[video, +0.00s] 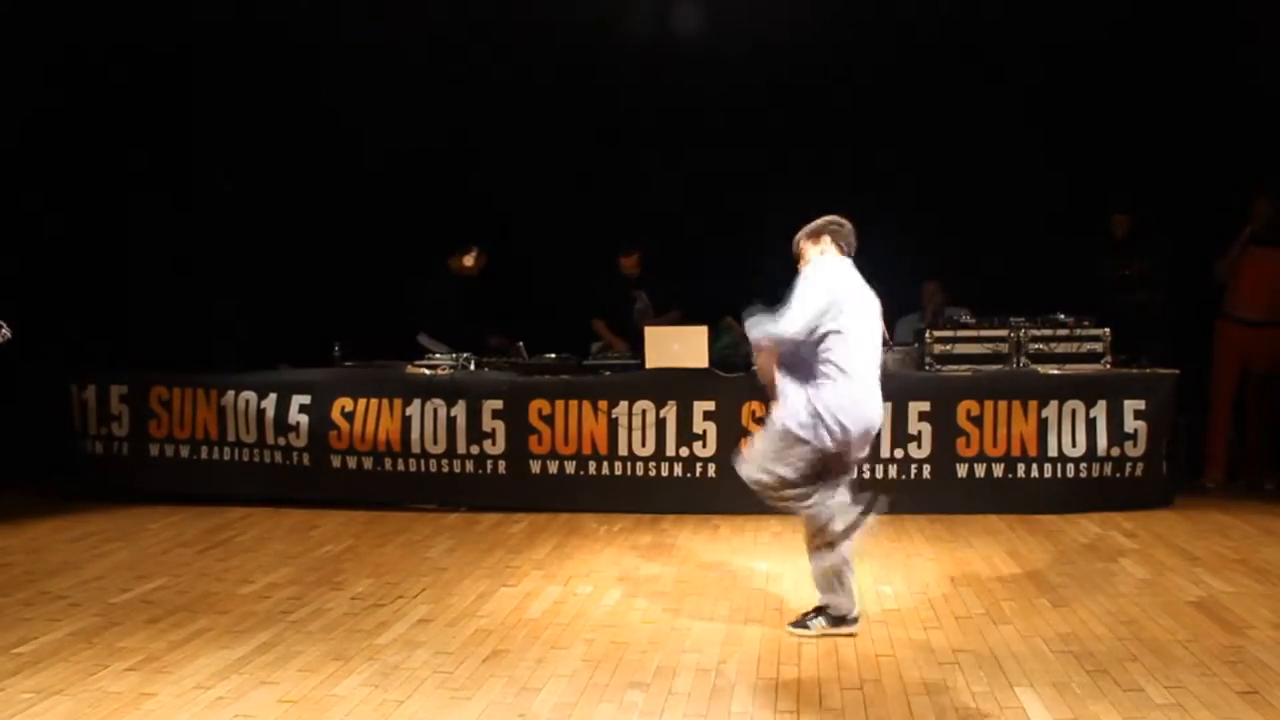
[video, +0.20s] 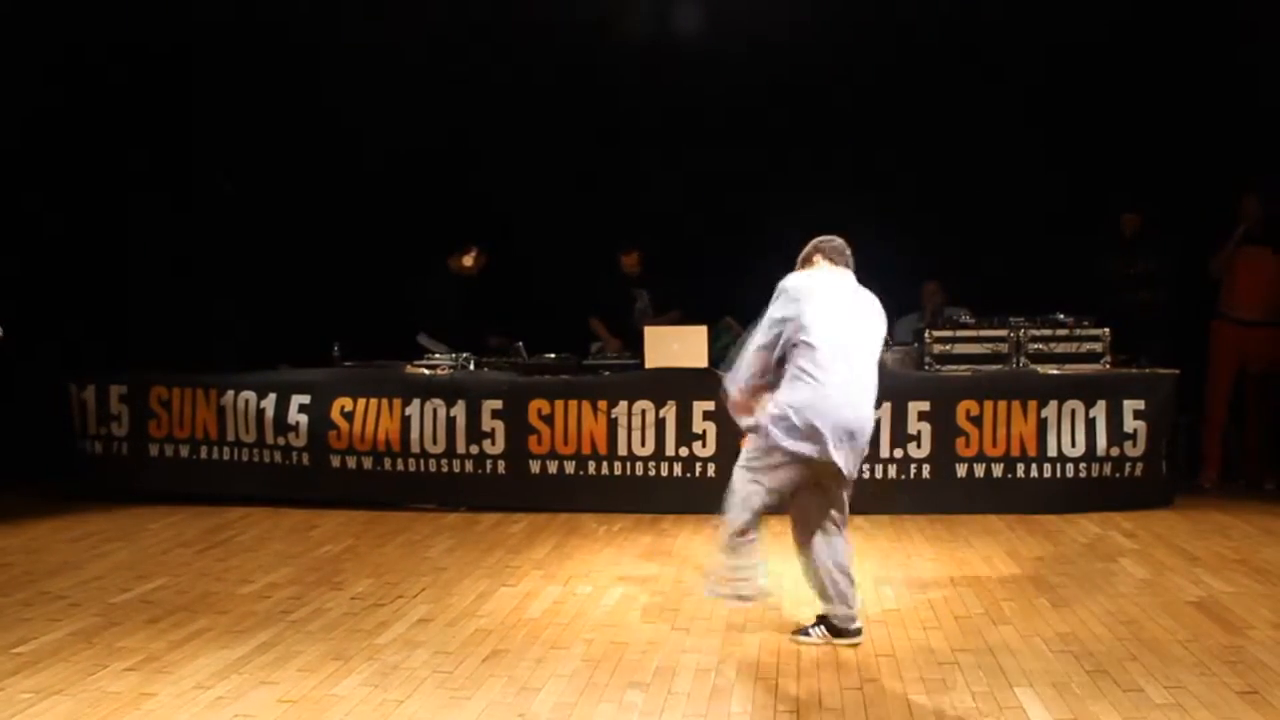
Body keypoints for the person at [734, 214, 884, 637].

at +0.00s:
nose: (800, 263)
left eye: (803, 254)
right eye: (799, 256)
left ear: (824, 244)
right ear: (839, 251)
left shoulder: (824, 270)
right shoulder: (864, 291)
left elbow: (791, 328)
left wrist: (754, 327)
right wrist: (777, 367)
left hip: (826, 407)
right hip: (863, 412)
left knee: (758, 469)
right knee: (826, 509)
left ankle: (839, 506)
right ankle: (839, 608)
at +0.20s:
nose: (801, 274)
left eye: (803, 267)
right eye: (804, 268)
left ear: (814, 261)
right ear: (848, 267)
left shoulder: (799, 285)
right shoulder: (875, 307)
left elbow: (761, 349)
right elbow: (849, 370)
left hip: (801, 411)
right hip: (854, 423)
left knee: (752, 478)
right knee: (822, 517)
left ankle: (740, 571)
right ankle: (842, 618)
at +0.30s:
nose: (796, 274)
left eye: (798, 267)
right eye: (800, 269)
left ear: (807, 264)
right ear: (845, 271)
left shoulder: (783, 292)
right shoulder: (868, 310)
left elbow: (765, 362)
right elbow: (876, 386)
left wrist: (769, 415)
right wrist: (872, 446)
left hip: (789, 419)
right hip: (845, 426)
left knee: (766, 496)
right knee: (834, 533)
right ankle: (844, 631)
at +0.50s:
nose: (782, 280)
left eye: (783, 274)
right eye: (785, 275)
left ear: (788, 272)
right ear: (829, 274)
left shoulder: (766, 296)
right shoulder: (858, 302)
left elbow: (724, 356)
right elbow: (904, 341)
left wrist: (770, 376)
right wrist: (949, 366)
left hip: (769, 410)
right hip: (832, 418)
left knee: (751, 510)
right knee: (815, 516)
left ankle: (752, 625)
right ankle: (840, 621)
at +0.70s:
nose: (750, 295)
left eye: (750, 289)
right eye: (751, 289)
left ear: (759, 281)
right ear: (797, 277)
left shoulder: (744, 315)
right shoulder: (839, 310)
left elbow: (689, 353)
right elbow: (900, 351)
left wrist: (717, 368)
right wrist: (947, 385)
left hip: (766, 440)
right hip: (832, 442)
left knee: (749, 547)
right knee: (817, 540)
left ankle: (718, 660)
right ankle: (824, 640)